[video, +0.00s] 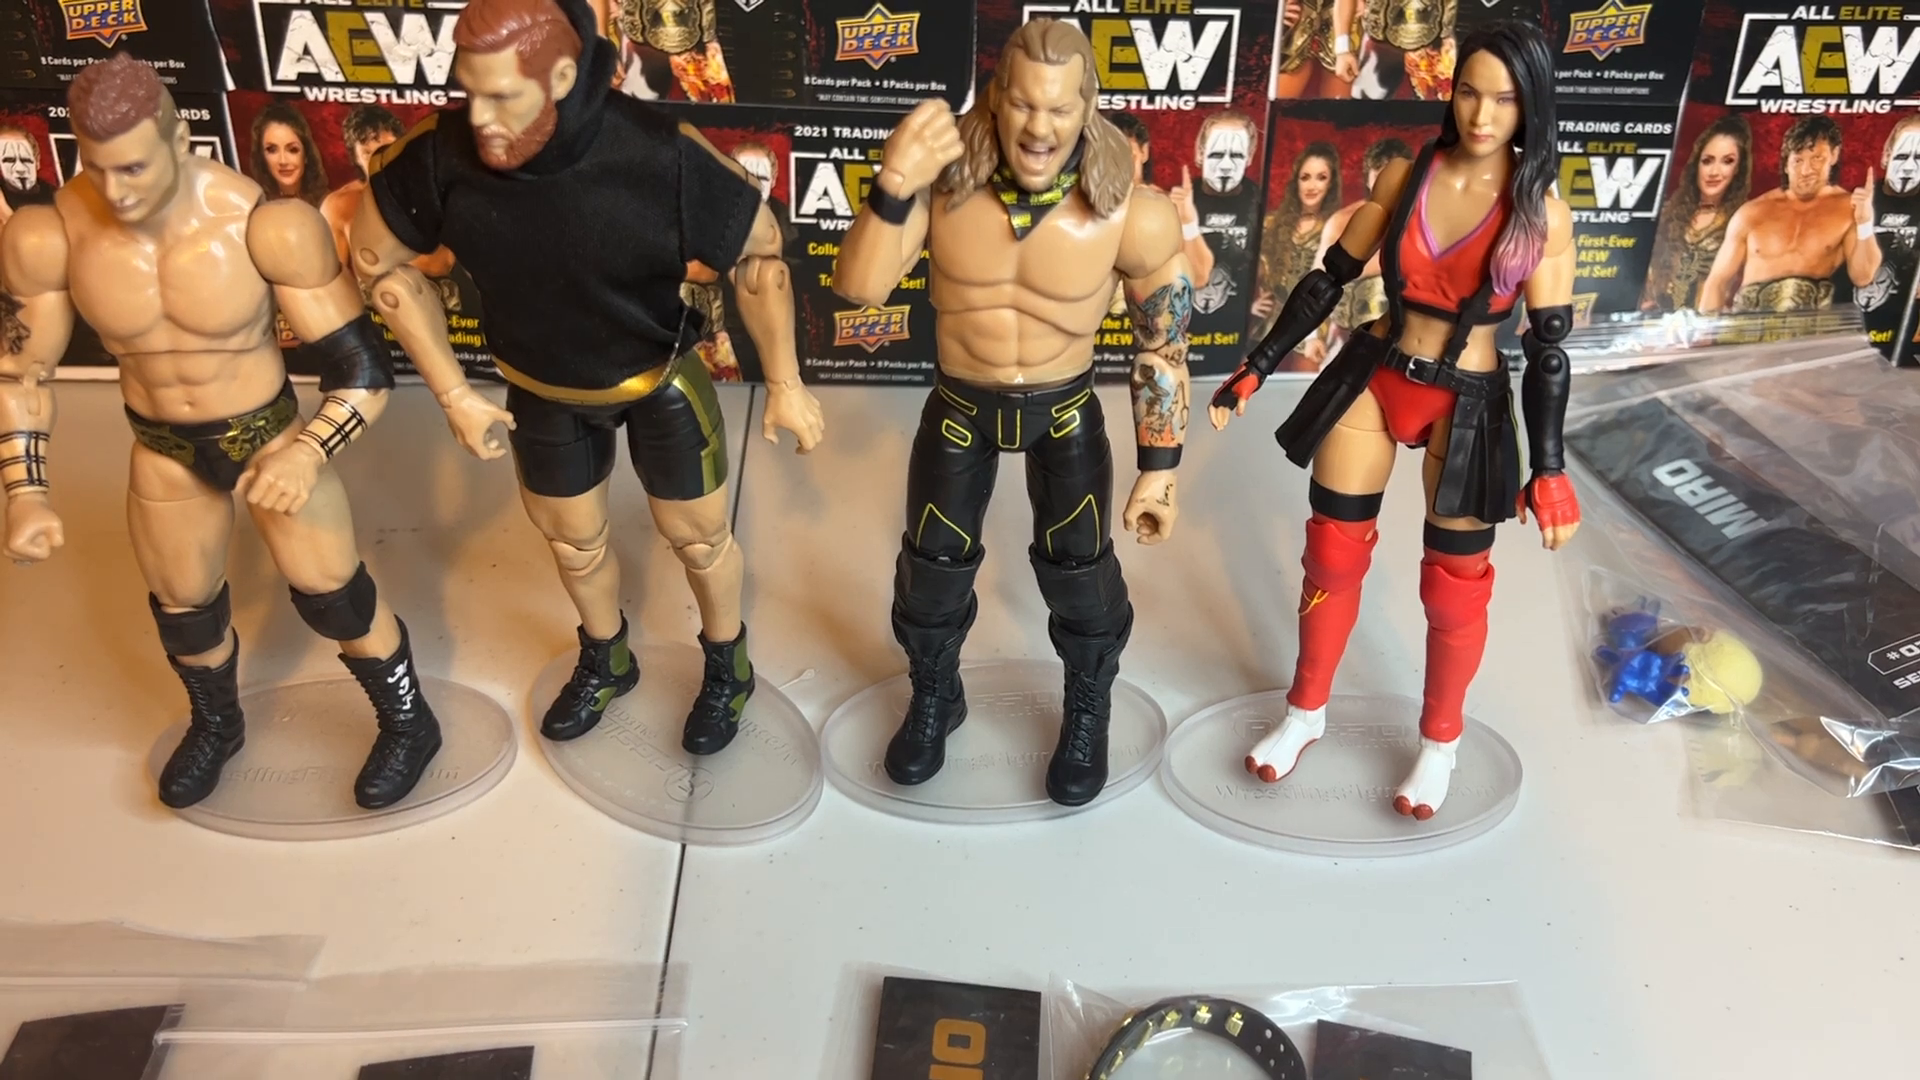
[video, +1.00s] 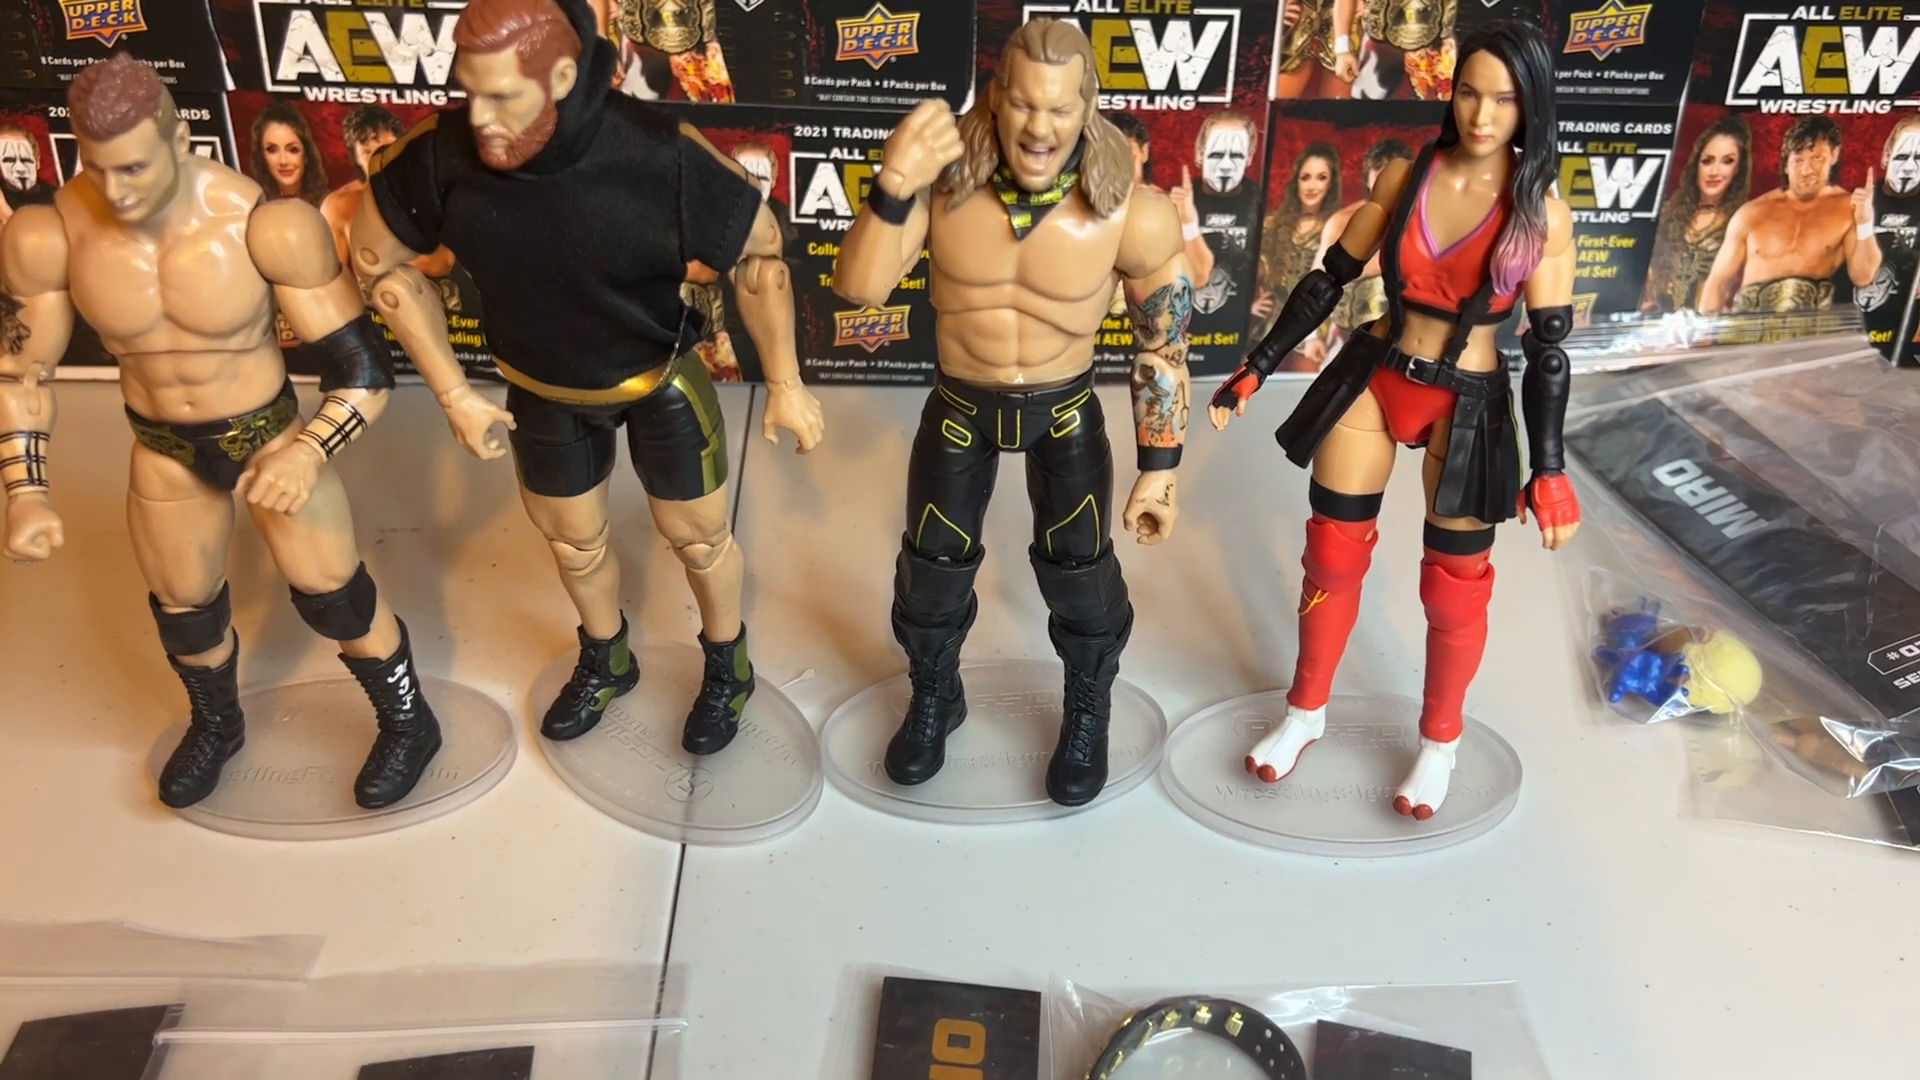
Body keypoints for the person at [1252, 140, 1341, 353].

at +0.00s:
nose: (1312, 186)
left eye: (1321, 178)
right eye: (1305, 177)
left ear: (1332, 183)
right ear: (1296, 180)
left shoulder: (1337, 229)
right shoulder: (1271, 224)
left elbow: (1338, 286)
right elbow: (1255, 274)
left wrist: (1322, 337)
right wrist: (1254, 302)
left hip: (1312, 331)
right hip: (1269, 326)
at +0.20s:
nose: (1312, 185)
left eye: (1321, 178)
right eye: (1305, 177)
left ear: (1332, 183)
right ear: (1295, 180)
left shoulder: (1337, 229)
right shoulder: (1271, 224)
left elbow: (1338, 285)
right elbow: (1258, 273)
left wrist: (1323, 336)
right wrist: (1254, 302)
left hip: (1313, 329)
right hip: (1270, 324)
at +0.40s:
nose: (1312, 185)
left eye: (1321, 177)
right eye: (1305, 177)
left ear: (1332, 182)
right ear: (1295, 180)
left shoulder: (1338, 230)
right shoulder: (1270, 224)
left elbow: (1336, 286)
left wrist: (1319, 334)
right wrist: (1250, 302)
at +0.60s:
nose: (1312, 185)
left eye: (1321, 177)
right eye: (1305, 177)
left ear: (1332, 182)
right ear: (1295, 180)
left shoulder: (1338, 229)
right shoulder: (1270, 225)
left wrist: (1320, 334)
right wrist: (1251, 302)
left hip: (1313, 331)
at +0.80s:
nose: (1312, 185)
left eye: (1322, 178)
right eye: (1305, 177)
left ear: (1332, 183)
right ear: (1296, 180)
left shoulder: (1338, 229)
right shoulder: (1271, 224)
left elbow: (1336, 285)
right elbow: (1254, 273)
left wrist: (1322, 335)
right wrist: (1254, 302)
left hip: (1312, 332)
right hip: (1268, 327)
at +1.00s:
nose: (1312, 186)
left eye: (1321, 178)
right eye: (1305, 177)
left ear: (1332, 183)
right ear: (1296, 181)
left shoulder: (1338, 230)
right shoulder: (1271, 225)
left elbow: (1339, 287)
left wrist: (1322, 336)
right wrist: (1252, 302)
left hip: (1313, 333)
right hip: (1269, 328)